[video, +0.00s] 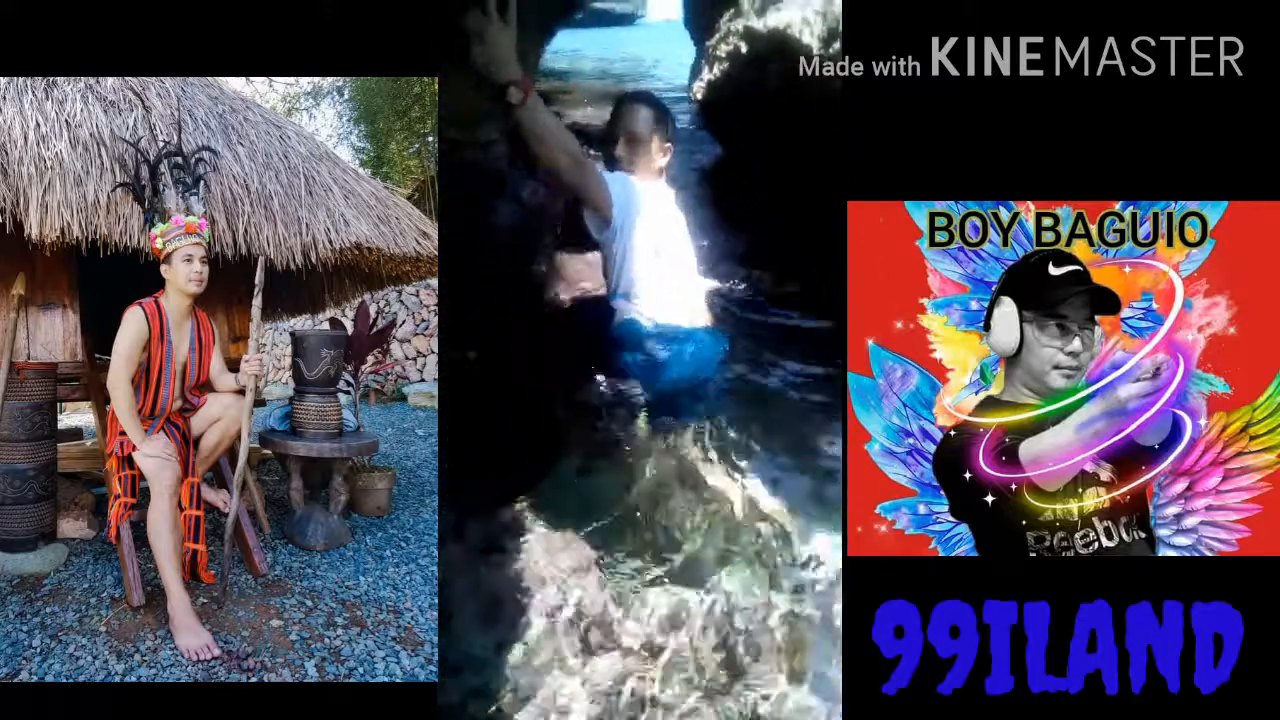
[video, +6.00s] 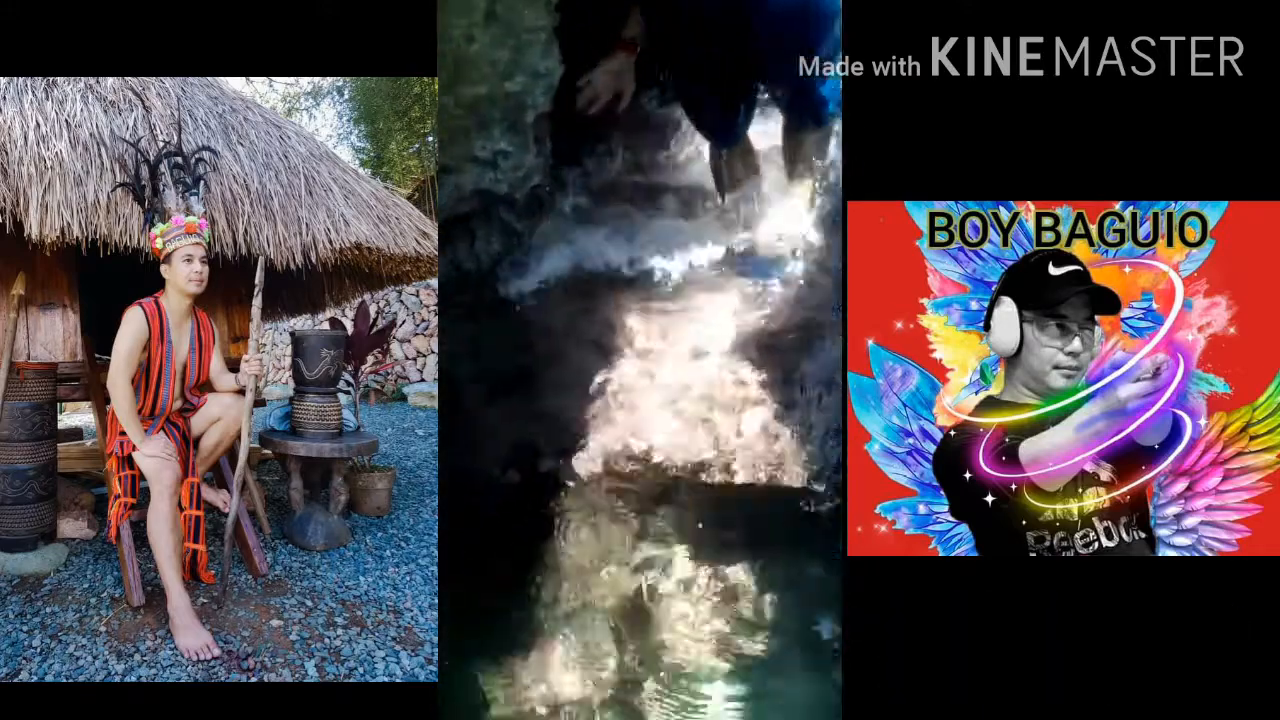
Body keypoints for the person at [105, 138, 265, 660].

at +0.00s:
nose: (198, 269)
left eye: (204, 260)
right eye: (187, 261)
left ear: (208, 267)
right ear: (164, 267)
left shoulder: (206, 323)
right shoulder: (142, 317)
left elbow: (220, 380)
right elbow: (117, 381)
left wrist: (242, 381)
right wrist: (138, 440)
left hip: (182, 420)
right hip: (141, 425)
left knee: (238, 407)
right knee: (169, 478)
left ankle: (192, 478)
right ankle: (179, 605)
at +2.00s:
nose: (198, 269)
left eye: (203, 261)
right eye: (187, 261)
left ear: (208, 268)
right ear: (165, 267)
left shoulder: (206, 324)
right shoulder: (142, 316)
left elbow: (220, 380)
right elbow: (117, 381)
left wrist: (243, 379)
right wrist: (138, 440)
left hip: (182, 420)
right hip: (142, 425)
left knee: (239, 407)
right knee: (169, 477)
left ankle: (192, 478)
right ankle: (179, 605)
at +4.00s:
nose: (198, 269)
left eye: (203, 260)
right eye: (187, 261)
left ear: (207, 266)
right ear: (164, 267)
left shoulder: (205, 322)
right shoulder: (142, 317)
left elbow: (220, 380)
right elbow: (117, 381)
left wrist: (242, 382)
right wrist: (138, 440)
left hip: (180, 419)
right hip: (140, 425)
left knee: (236, 408)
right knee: (169, 476)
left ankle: (191, 479)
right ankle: (179, 605)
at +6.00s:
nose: (198, 269)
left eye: (203, 260)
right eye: (187, 261)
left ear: (207, 266)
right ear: (164, 267)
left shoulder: (205, 322)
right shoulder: (142, 316)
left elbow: (220, 380)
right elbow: (117, 380)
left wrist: (242, 380)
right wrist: (138, 440)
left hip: (181, 419)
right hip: (141, 425)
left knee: (237, 407)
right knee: (169, 476)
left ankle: (191, 478)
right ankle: (179, 605)